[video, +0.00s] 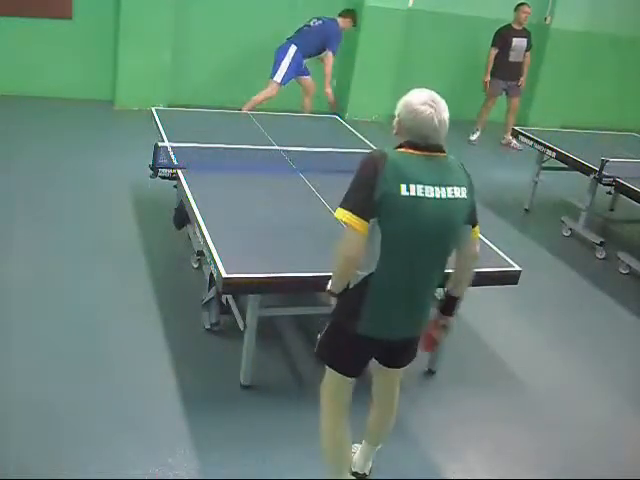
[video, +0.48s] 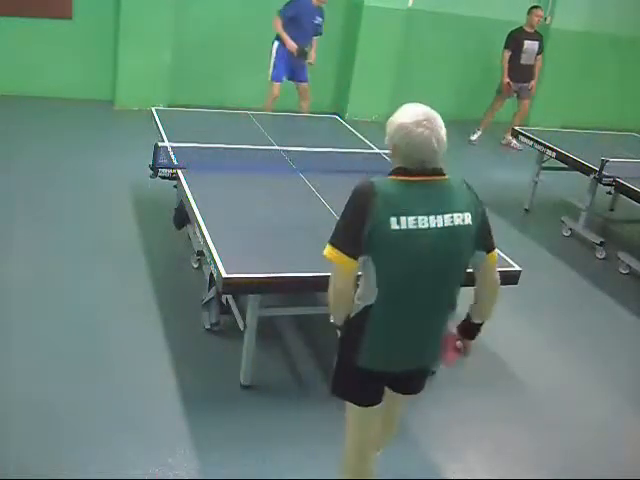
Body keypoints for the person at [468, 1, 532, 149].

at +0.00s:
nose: (526, 17)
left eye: (528, 14)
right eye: (524, 13)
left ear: (529, 16)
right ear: (516, 13)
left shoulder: (527, 35)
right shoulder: (502, 31)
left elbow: (526, 56)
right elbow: (492, 53)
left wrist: (523, 76)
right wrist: (487, 75)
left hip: (515, 77)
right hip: (498, 76)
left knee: (513, 107)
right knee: (488, 104)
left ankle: (508, 136)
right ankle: (477, 129)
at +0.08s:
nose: (527, 17)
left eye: (529, 14)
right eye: (525, 13)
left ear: (530, 16)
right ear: (517, 14)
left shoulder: (527, 34)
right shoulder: (504, 32)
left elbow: (528, 56)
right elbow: (493, 53)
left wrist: (524, 76)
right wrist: (488, 74)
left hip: (516, 78)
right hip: (499, 76)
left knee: (514, 107)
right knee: (489, 104)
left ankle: (508, 136)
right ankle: (478, 129)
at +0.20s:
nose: (530, 18)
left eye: (532, 15)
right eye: (528, 14)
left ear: (532, 17)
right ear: (520, 14)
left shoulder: (531, 36)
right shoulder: (506, 32)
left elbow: (530, 58)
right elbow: (496, 54)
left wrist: (526, 78)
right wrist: (493, 75)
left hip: (518, 78)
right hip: (502, 77)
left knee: (516, 108)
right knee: (489, 105)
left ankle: (508, 136)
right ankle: (478, 129)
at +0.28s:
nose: (532, 18)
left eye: (534, 16)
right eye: (530, 14)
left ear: (535, 18)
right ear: (522, 15)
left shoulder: (532, 36)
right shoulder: (508, 32)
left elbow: (532, 58)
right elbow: (499, 54)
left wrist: (528, 78)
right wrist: (496, 76)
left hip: (520, 79)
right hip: (504, 78)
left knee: (518, 109)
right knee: (490, 105)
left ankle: (509, 136)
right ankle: (478, 129)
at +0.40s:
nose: (536, 20)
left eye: (538, 17)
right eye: (534, 16)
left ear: (539, 19)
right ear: (526, 16)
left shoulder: (536, 37)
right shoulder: (512, 33)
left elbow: (536, 59)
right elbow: (503, 56)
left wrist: (533, 79)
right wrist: (502, 77)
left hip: (525, 80)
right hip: (508, 79)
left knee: (522, 110)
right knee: (493, 106)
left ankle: (508, 136)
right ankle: (479, 130)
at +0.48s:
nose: (539, 20)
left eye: (541, 17)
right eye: (537, 16)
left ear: (541, 20)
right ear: (529, 16)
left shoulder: (539, 38)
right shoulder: (514, 34)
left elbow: (538, 60)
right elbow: (506, 56)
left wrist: (534, 79)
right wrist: (505, 77)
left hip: (527, 80)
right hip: (511, 79)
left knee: (524, 109)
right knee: (495, 106)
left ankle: (509, 136)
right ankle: (480, 130)